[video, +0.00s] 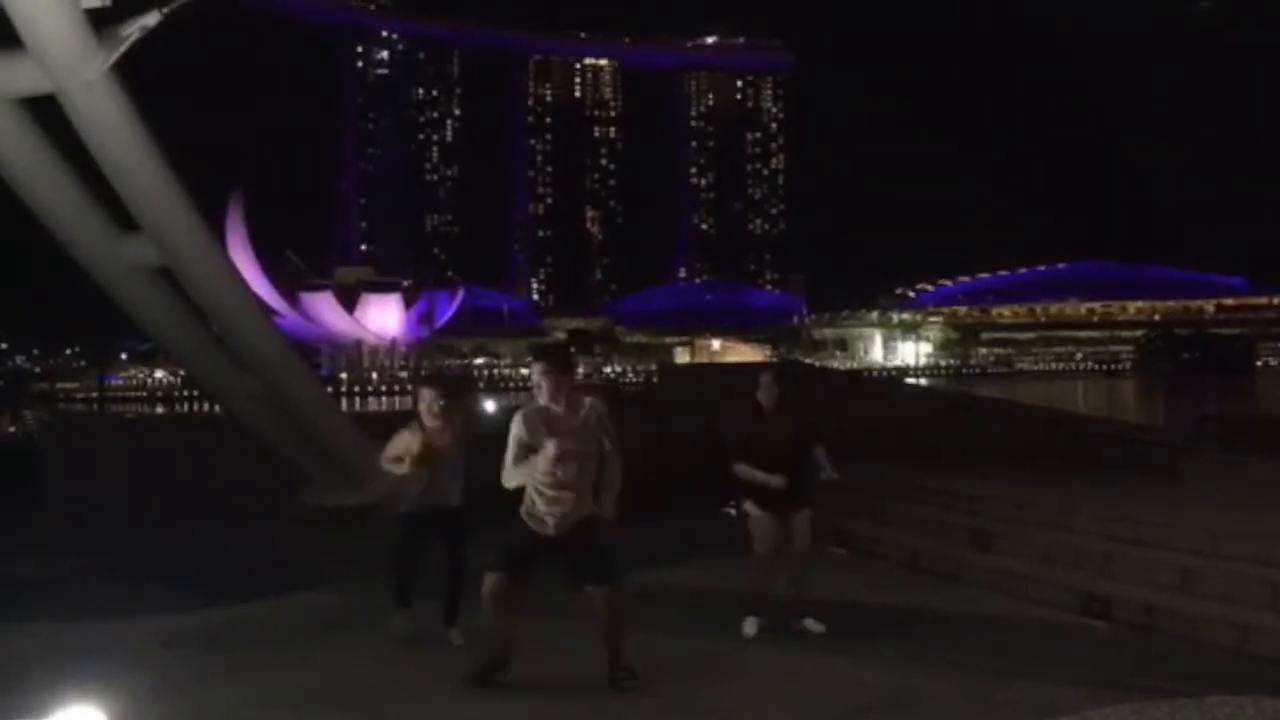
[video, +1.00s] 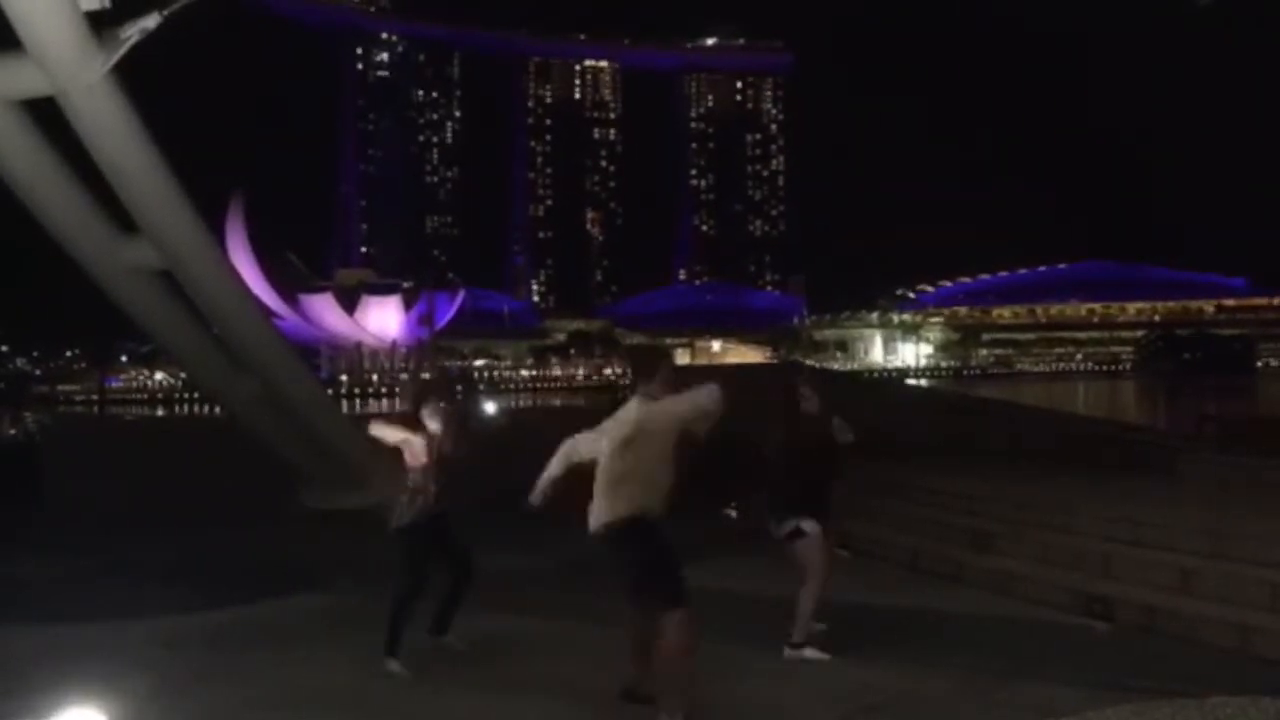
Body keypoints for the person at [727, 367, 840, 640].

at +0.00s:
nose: (768, 393)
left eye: (772, 387)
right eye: (764, 388)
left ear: (781, 389)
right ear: (756, 390)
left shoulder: (794, 416)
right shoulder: (747, 420)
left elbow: (814, 446)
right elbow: (737, 465)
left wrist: (825, 468)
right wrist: (768, 479)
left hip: (796, 495)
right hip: (761, 498)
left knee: (801, 555)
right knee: (763, 556)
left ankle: (802, 613)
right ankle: (756, 612)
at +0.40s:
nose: (784, 397)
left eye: (788, 391)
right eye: (779, 391)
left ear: (797, 393)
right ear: (772, 393)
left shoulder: (804, 418)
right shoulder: (764, 419)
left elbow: (813, 442)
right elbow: (749, 457)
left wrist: (828, 450)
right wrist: (791, 455)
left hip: (803, 495)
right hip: (770, 495)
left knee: (810, 555)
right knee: (774, 553)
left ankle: (804, 614)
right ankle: (741, 615)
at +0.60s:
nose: (785, 397)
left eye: (790, 392)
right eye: (781, 392)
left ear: (800, 394)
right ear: (776, 394)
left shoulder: (805, 420)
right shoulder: (768, 420)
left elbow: (813, 453)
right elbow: (771, 451)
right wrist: (811, 451)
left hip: (801, 499)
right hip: (771, 499)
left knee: (810, 560)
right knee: (764, 566)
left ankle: (801, 617)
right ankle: (733, 629)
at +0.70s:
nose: (798, 396)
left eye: (801, 390)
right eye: (793, 390)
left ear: (806, 392)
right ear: (783, 392)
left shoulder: (806, 421)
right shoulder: (780, 423)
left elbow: (808, 461)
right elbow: (784, 474)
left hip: (804, 503)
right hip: (779, 503)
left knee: (809, 561)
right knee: (778, 565)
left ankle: (800, 617)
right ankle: (735, 623)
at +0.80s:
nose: (808, 396)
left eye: (809, 391)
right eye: (803, 391)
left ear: (808, 393)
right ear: (791, 394)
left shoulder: (807, 422)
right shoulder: (790, 425)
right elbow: (792, 475)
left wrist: (834, 435)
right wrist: (820, 506)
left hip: (805, 501)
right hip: (788, 502)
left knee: (815, 558)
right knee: (800, 558)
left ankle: (797, 617)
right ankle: (755, 616)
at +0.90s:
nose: (808, 397)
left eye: (810, 391)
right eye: (803, 391)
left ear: (815, 393)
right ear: (793, 394)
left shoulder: (813, 421)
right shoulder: (792, 422)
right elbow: (799, 457)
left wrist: (822, 461)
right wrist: (833, 466)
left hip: (809, 497)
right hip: (793, 499)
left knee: (813, 558)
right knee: (808, 559)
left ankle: (799, 618)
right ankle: (791, 631)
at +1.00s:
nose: (814, 404)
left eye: (813, 398)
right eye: (809, 399)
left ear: (803, 399)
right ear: (801, 401)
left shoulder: (789, 425)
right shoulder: (807, 428)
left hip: (789, 507)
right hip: (801, 510)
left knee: (813, 570)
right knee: (814, 573)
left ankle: (803, 620)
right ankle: (797, 641)